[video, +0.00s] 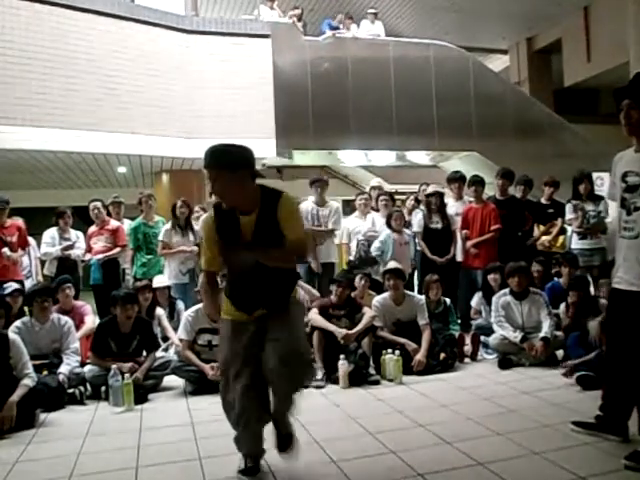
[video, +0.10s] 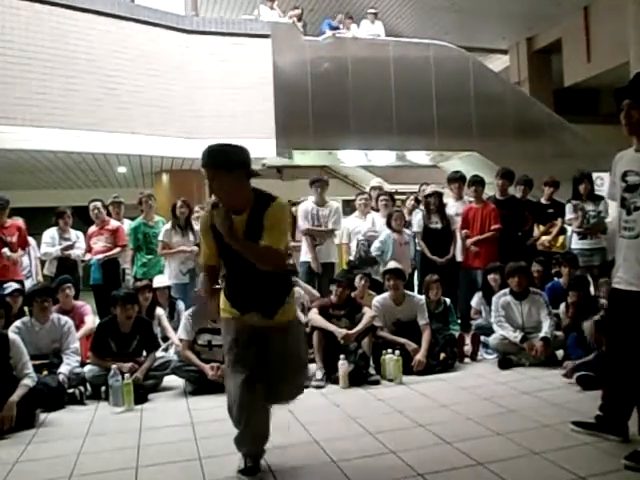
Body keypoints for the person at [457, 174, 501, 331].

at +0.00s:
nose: (474, 190)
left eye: (477, 187)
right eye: (471, 187)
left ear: (482, 189)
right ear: (468, 189)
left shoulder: (490, 208)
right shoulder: (468, 210)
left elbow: (495, 231)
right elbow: (463, 229)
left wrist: (473, 242)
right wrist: (464, 233)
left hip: (485, 259)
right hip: (469, 259)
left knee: (485, 295)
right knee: (466, 295)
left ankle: (486, 323)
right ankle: (466, 325)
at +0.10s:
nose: (474, 190)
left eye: (477, 187)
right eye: (471, 187)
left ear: (482, 189)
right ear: (468, 189)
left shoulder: (490, 208)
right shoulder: (468, 209)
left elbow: (496, 230)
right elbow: (463, 229)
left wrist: (475, 239)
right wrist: (465, 235)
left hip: (485, 259)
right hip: (469, 259)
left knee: (485, 294)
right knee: (467, 294)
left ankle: (487, 322)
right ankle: (466, 325)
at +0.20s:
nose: (474, 190)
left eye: (477, 187)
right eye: (472, 187)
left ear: (483, 189)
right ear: (468, 189)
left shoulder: (491, 208)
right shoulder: (468, 210)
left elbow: (495, 230)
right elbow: (464, 229)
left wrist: (475, 236)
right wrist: (470, 240)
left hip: (485, 258)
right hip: (469, 258)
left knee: (485, 294)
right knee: (466, 295)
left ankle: (486, 323)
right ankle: (466, 325)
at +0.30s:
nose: (474, 190)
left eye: (477, 187)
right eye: (472, 187)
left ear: (483, 189)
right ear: (468, 189)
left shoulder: (490, 208)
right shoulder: (468, 210)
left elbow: (494, 229)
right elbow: (463, 228)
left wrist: (473, 233)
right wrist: (468, 234)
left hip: (485, 259)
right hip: (469, 258)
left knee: (485, 295)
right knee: (466, 295)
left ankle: (486, 324)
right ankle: (465, 326)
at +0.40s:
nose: (474, 190)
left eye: (477, 187)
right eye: (472, 187)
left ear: (483, 189)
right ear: (469, 189)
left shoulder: (490, 208)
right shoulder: (468, 209)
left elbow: (493, 227)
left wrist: (472, 232)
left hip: (485, 259)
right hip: (469, 259)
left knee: (486, 295)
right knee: (466, 296)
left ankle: (487, 325)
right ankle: (465, 327)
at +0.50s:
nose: (475, 190)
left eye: (478, 187)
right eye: (472, 187)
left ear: (483, 189)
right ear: (469, 189)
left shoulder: (490, 207)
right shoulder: (468, 210)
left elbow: (491, 226)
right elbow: (462, 230)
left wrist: (470, 231)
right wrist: (475, 228)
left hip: (486, 259)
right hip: (470, 259)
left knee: (486, 296)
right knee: (466, 296)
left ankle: (487, 325)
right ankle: (465, 328)